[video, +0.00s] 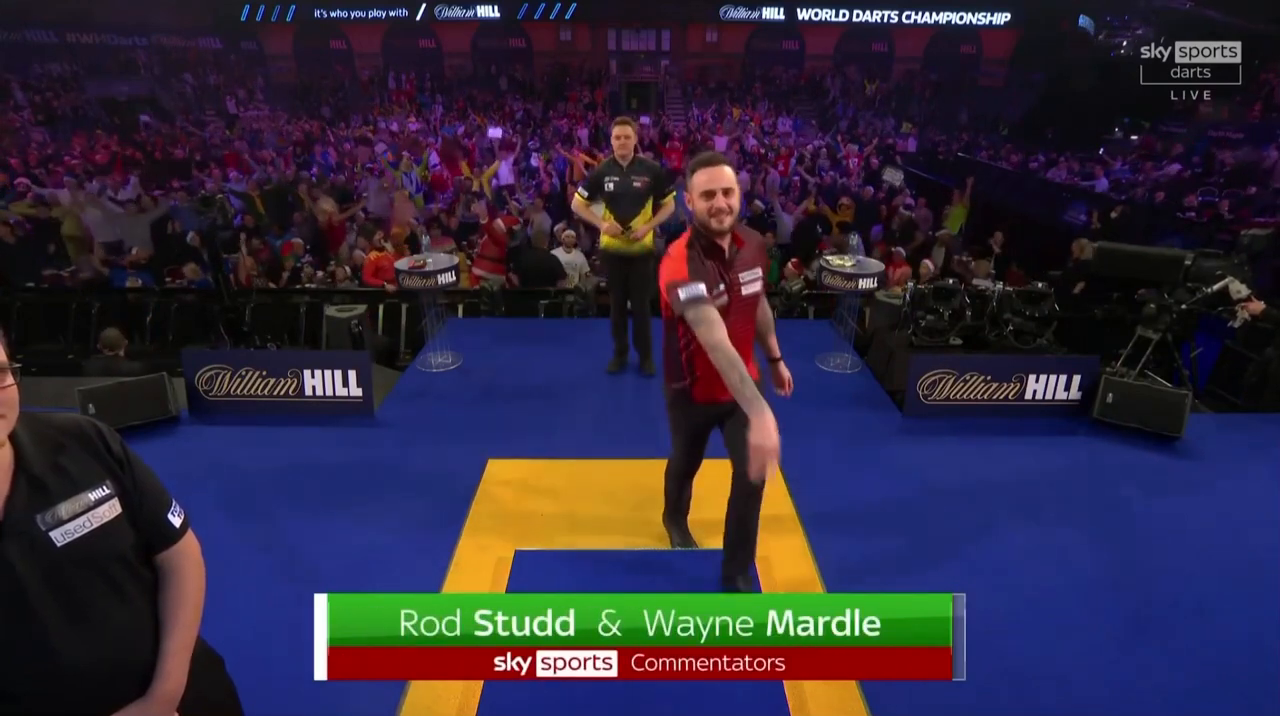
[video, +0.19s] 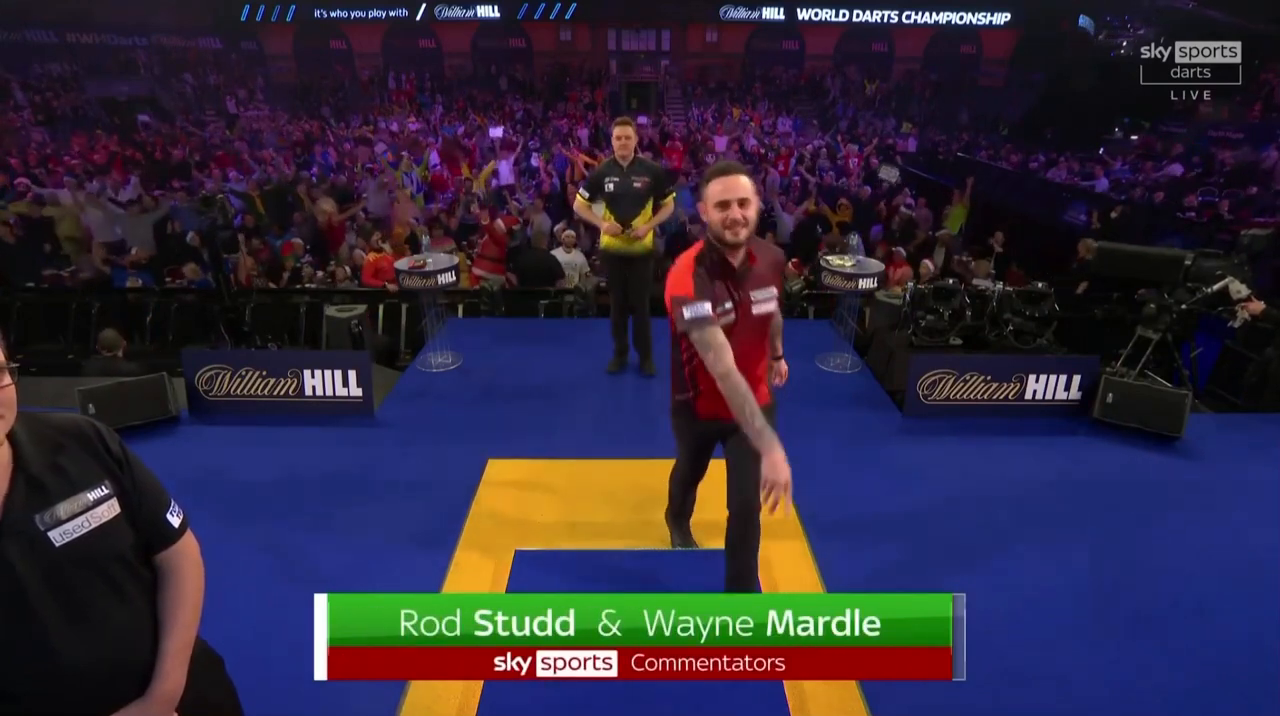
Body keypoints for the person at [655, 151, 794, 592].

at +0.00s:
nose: (720, 202)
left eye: (728, 192)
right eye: (707, 195)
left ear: (739, 195)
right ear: (689, 203)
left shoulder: (750, 245)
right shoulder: (681, 262)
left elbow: (758, 303)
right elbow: (716, 342)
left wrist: (775, 358)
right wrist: (758, 409)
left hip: (742, 384)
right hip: (694, 390)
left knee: (753, 474)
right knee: (685, 462)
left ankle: (737, 573)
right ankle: (675, 518)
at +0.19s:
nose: (735, 214)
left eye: (744, 203)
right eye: (722, 205)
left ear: (757, 209)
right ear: (703, 214)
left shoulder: (770, 259)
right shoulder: (688, 275)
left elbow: (773, 310)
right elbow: (722, 367)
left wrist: (776, 356)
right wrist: (770, 446)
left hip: (754, 403)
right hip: (701, 403)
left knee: (747, 509)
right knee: (690, 469)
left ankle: (742, 600)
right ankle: (678, 519)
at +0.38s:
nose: (771, 221)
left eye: (781, 210)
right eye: (759, 209)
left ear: (793, 214)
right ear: (734, 211)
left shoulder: (801, 275)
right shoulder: (703, 279)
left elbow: (800, 337)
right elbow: (700, 380)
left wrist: (799, 399)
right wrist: (713, 471)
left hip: (770, 419)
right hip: (712, 420)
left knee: (752, 526)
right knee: (712, 506)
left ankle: (744, 606)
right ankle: (697, 523)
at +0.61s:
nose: (799, 229)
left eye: (808, 217)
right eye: (786, 217)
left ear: (816, 213)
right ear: (750, 211)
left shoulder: (827, 294)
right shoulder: (700, 281)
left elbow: (841, 385)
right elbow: (653, 359)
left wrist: (851, 483)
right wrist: (631, 437)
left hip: (777, 459)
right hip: (711, 456)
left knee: (748, 570)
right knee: (717, 575)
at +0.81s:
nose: (789, 248)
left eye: (799, 235)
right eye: (774, 234)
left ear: (810, 238)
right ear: (737, 233)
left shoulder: (829, 323)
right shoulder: (690, 306)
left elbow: (856, 424)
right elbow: (641, 374)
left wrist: (869, 530)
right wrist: (604, 443)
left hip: (779, 506)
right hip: (706, 504)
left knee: (734, 616)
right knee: (712, 638)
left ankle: (700, 682)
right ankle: (700, 706)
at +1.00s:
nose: (750, 265)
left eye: (765, 251)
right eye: (734, 249)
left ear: (783, 261)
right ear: (702, 254)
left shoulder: (817, 352)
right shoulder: (664, 338)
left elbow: (853, 468)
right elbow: (637, 412)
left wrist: (852, 580)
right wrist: (616, 497)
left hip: (771, 565)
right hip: (683, 559)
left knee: (770, 665)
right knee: (694, 689)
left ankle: (770, 676)